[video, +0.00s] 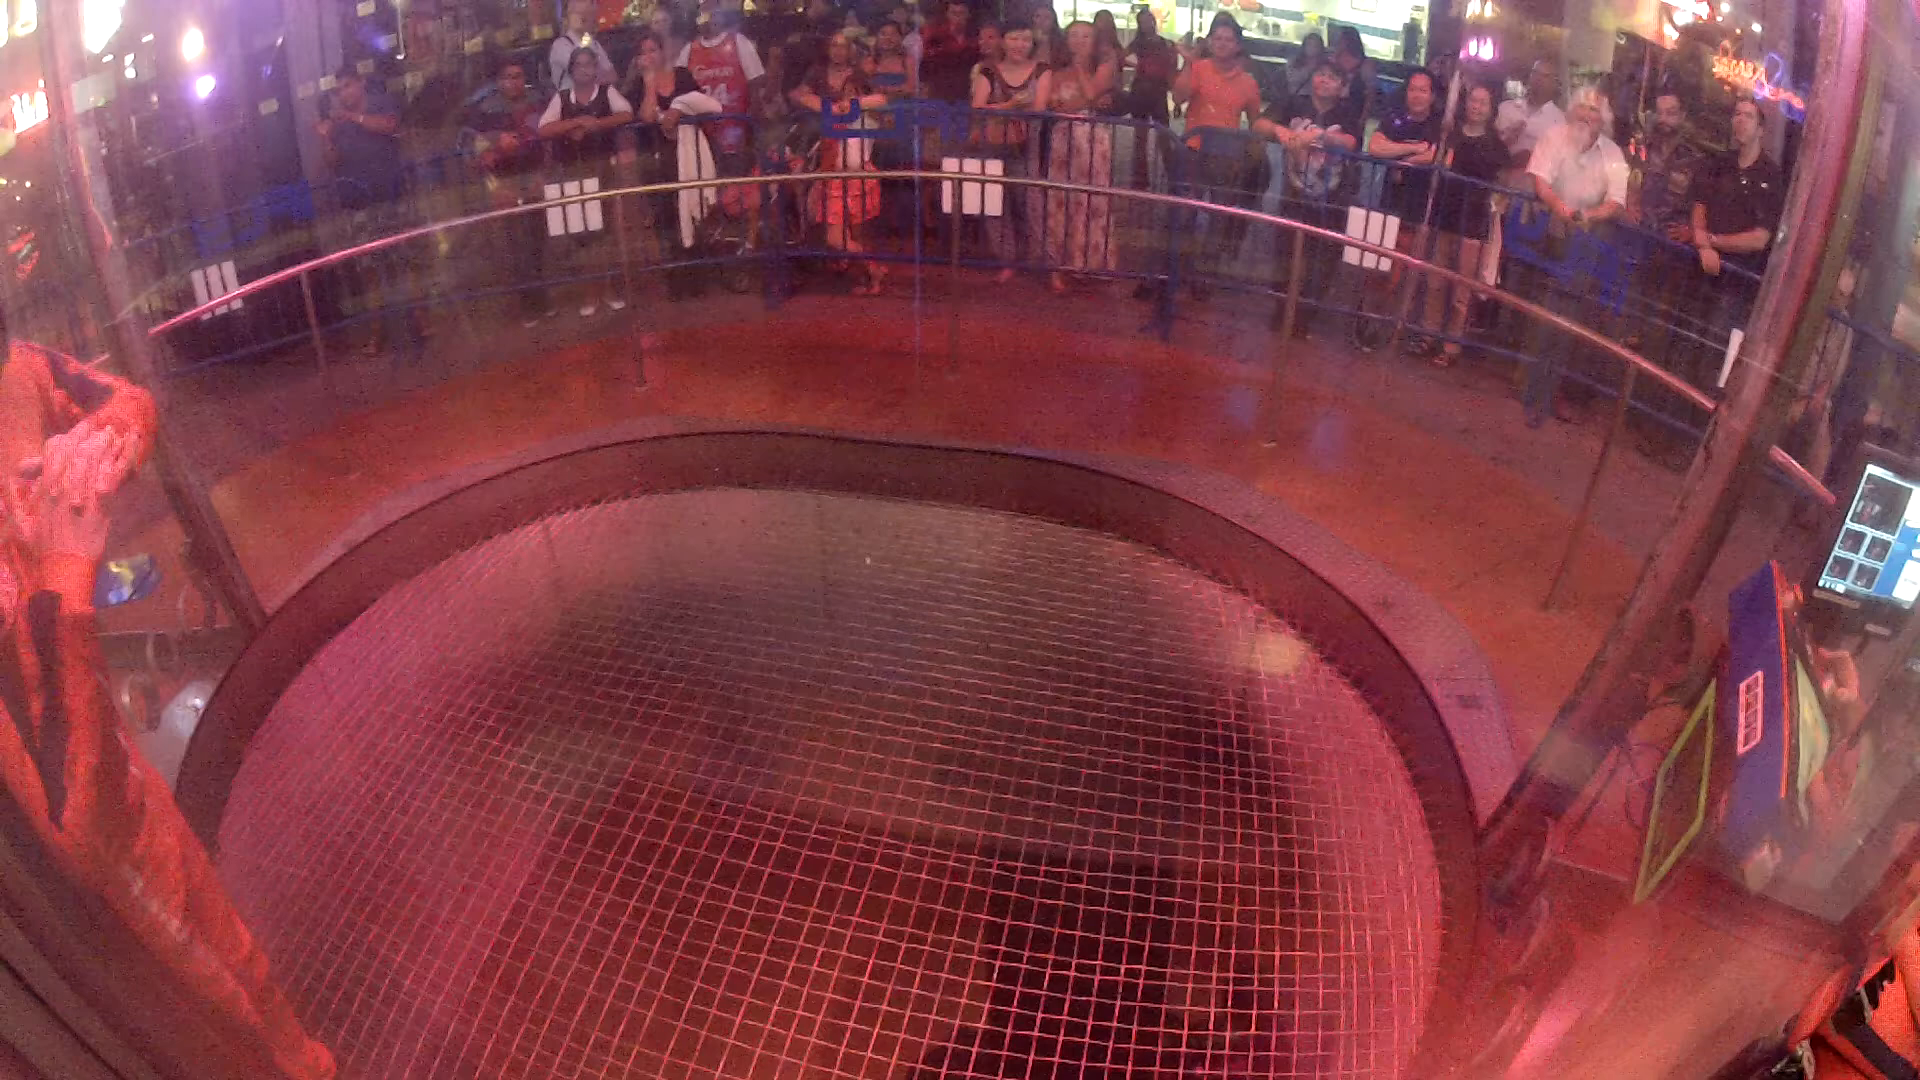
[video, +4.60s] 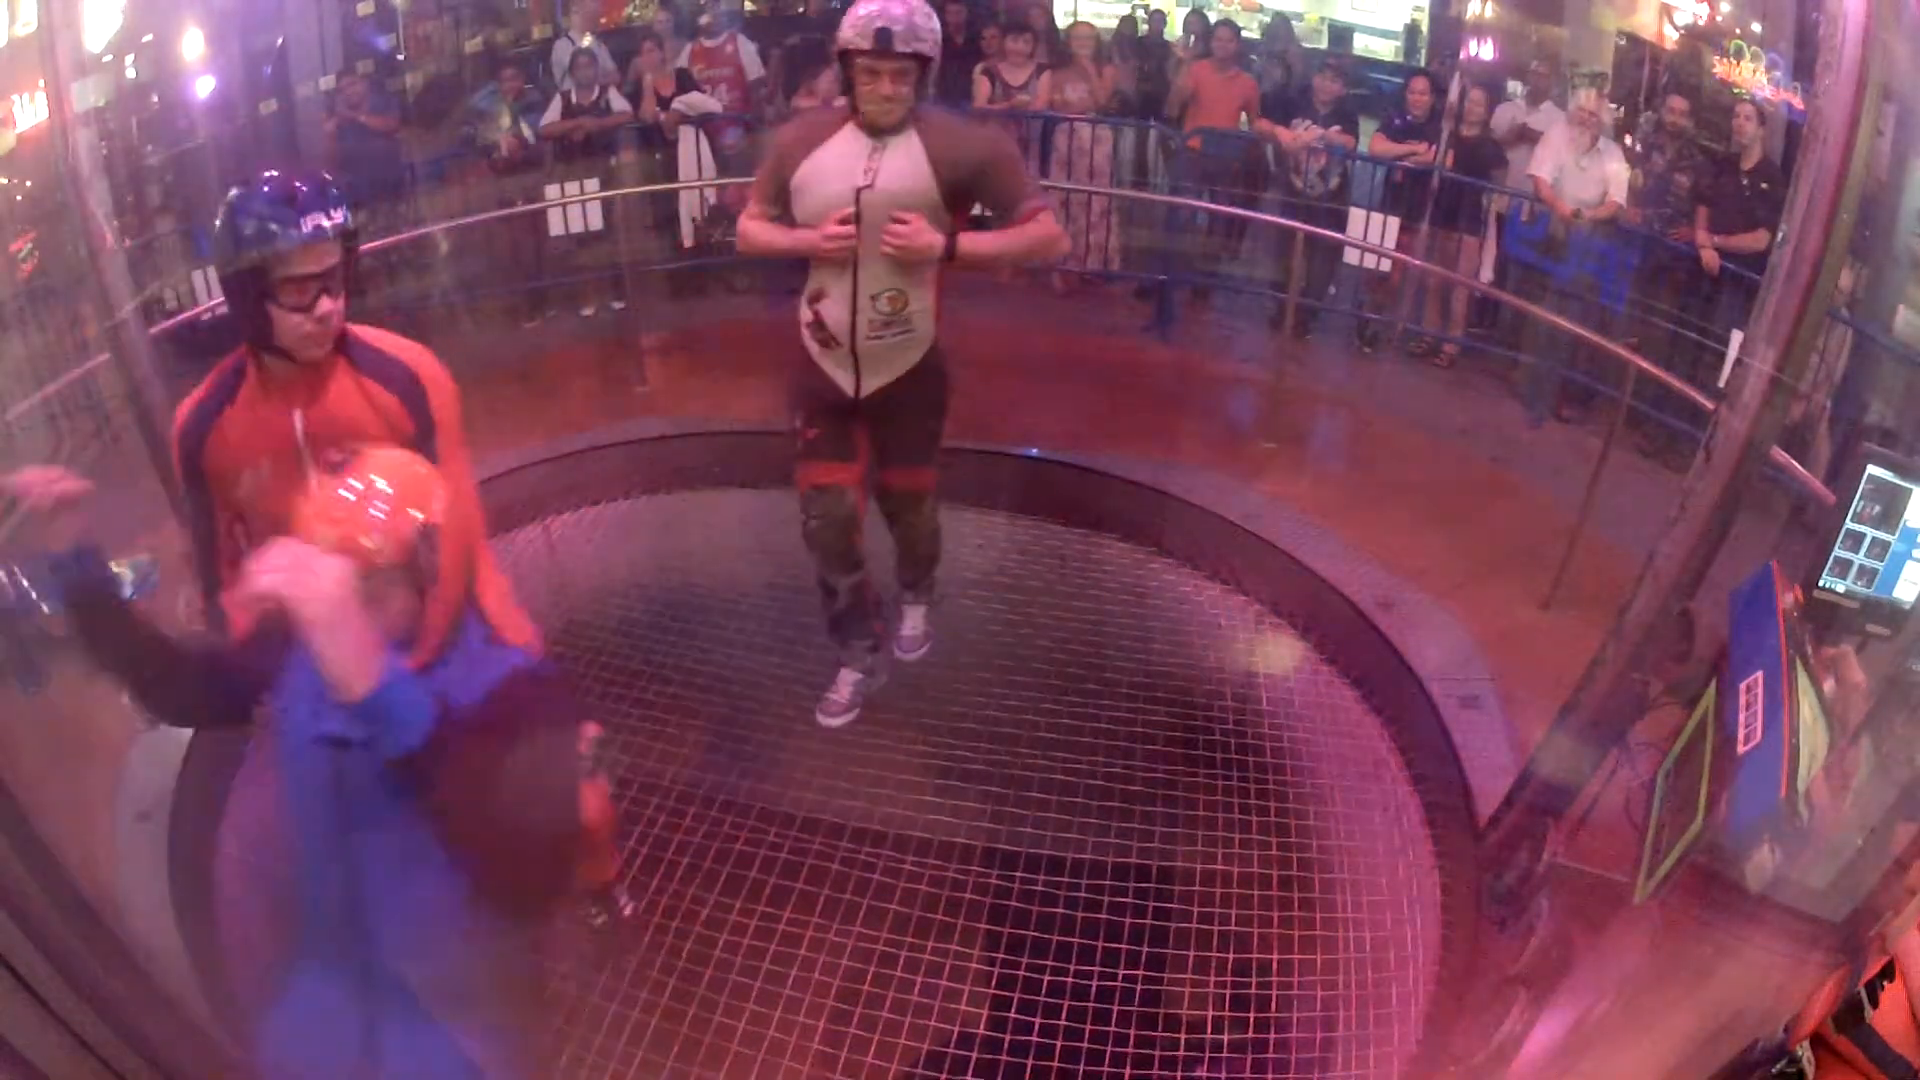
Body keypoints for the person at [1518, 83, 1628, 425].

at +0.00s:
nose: (1587, 117)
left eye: (1594, 112)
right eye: (1583, 110)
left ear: (1604, 118)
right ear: (1571, 111)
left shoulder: (1612, 153)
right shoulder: (1556, 136)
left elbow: (1616, 202)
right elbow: (1540, 181)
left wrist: (1589, 215)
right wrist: (1560, 209)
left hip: (1587, 235)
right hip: (1551, 226)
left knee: (1571, 310)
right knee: (1543, 305)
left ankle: (1550, 390)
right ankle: (1532, 388)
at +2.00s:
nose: (1586, 119)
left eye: (1594, 115)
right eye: (1582, 111)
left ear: (1603, 120)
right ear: (1571, 111)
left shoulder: (1612, 154)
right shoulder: (1556, 135)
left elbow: (1616, 201)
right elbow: (1539, 179)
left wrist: (1591, 215)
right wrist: (1560, 208)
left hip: (1588, 230)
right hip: (1550, 222)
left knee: (1574, 303)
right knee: (1542, 298)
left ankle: (1558, 388)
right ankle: (1532, 382)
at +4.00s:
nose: (1585, 118)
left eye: (1593, 114)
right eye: (1581, 111)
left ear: (1603, 119)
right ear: (1571, 111)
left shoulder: (1612, 153)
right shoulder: (1556, 135)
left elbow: (1616, 201)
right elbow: (1539, 178)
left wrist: (1591, 214)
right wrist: (1559, 207)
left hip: (1587, 229)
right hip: (1551, 220)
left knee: (1572, 300)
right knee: (1539, 296)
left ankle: (1554, 387)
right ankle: (1529, 378)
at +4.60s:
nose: (1585, 119)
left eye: (1592, 115)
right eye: (1581, 112)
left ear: (1603, 120)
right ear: (1570, 112)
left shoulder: (1612, 152)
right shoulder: (1557, 135)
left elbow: (1617, 200)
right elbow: (1540, 179)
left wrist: (1591, 214)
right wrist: (1559, 207)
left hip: (1588, 230)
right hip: (1552, 221)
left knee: (1574, 305)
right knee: (1541, 299)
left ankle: (1561, 389)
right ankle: (1532, 383)